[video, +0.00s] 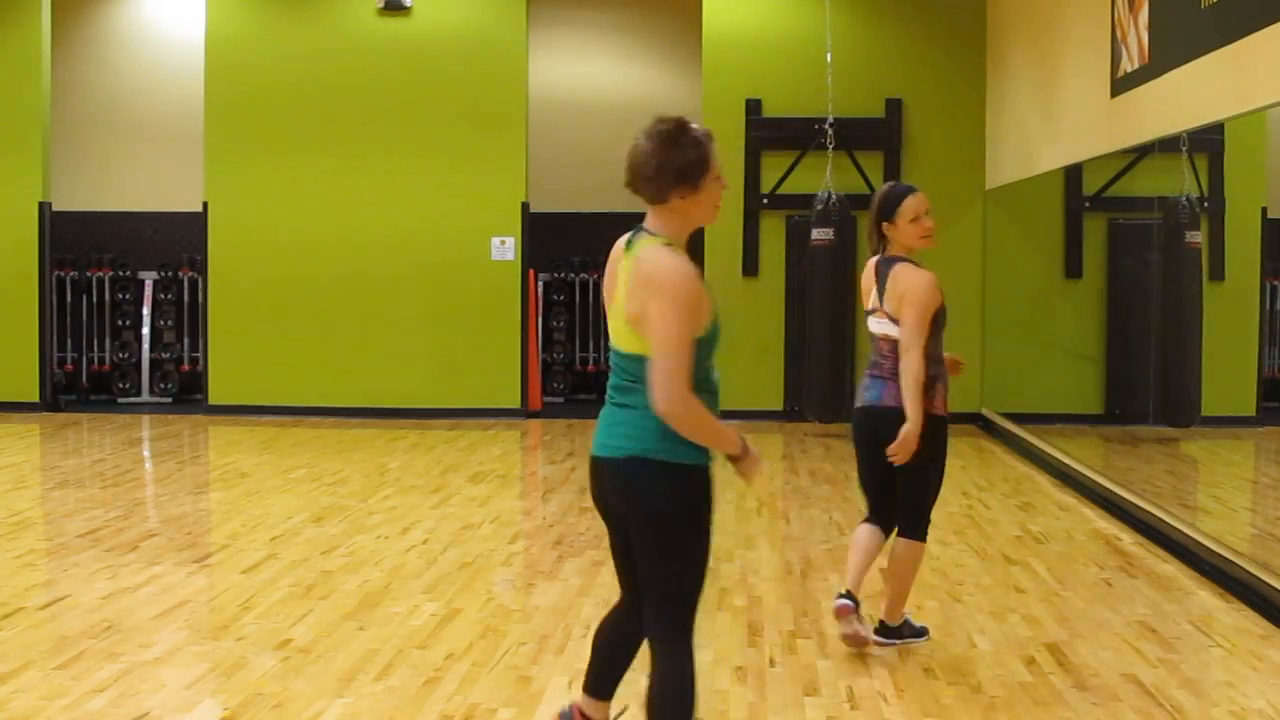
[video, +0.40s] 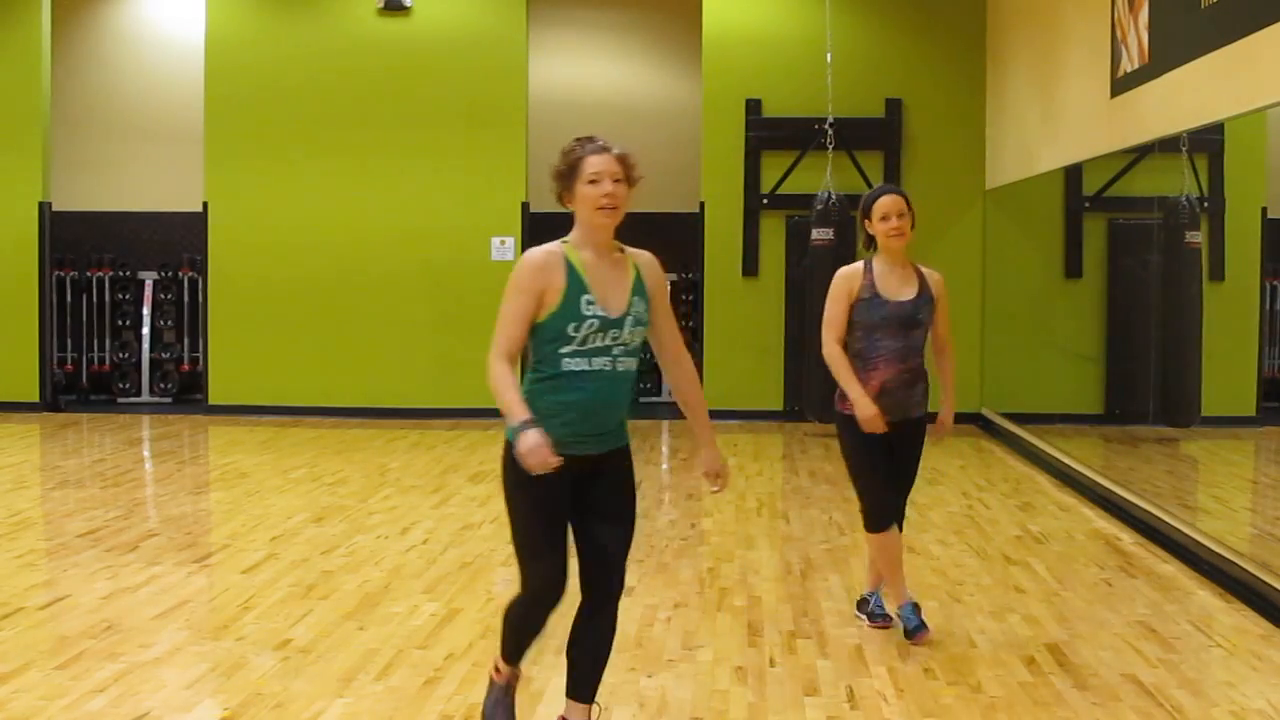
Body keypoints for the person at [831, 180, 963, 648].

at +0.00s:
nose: (929, 224)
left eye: (927, 214)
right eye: (918, 218)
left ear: (892, 226)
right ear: (890, 226)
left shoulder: (871, 272)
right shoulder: (921, 282)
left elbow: (887, 339)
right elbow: (911, 354)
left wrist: (935, 358)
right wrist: (913, 420)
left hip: (871, 408)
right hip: (917, 413)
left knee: (878, 512)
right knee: (914, 520)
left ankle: (848, 592)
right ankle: (892, 619)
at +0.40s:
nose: (896, 224)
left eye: (902, 215)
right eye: (886, 217)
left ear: (912, 221)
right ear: (869, 226)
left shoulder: (931, 282)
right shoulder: (849, 278)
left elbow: (942, 346)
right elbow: (830, 345)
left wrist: (948, 402)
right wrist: (861, 402)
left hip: (912, 411)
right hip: (861, 412)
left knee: (892, 507)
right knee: (880, 509)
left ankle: (873, 592)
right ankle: (902, 602)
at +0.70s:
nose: (875, 214)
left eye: (884, 208)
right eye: (869, 208)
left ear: (904, 217)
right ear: (860, 216)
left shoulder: (916, 279)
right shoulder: (836, 268)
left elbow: (932, 344)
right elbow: (812, 328)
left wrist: (933, 403)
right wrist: (791, 383)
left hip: (892, 404)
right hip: (840, 399)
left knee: (882, 499)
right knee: (815, 486)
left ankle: (871, 592)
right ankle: (828, 569)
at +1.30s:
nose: (867, 219)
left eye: (877, 213)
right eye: (861, 211)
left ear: (895, 222)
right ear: (852, 219)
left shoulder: (910, 281)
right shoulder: (827, 275)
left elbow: (920, 348)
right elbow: (809, 341)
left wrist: (927, 408)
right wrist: (810, 400)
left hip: (888, 405)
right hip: (835, 404)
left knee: (898, 500)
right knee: (833, 496)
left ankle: (912, 596)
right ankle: (832, 581)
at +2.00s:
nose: (918, 223)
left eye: (926, 215)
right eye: (909, 216)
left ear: (941, 221)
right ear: (895, 223)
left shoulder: (963, 282)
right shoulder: (873, 280)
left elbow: (972, 347)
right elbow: (855, 349)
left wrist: (970, 400)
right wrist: (847, 411)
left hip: (941, 415)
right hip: (886, 414)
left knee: (932, 515)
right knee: (903, 515)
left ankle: (921, 604)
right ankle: (911, 620)